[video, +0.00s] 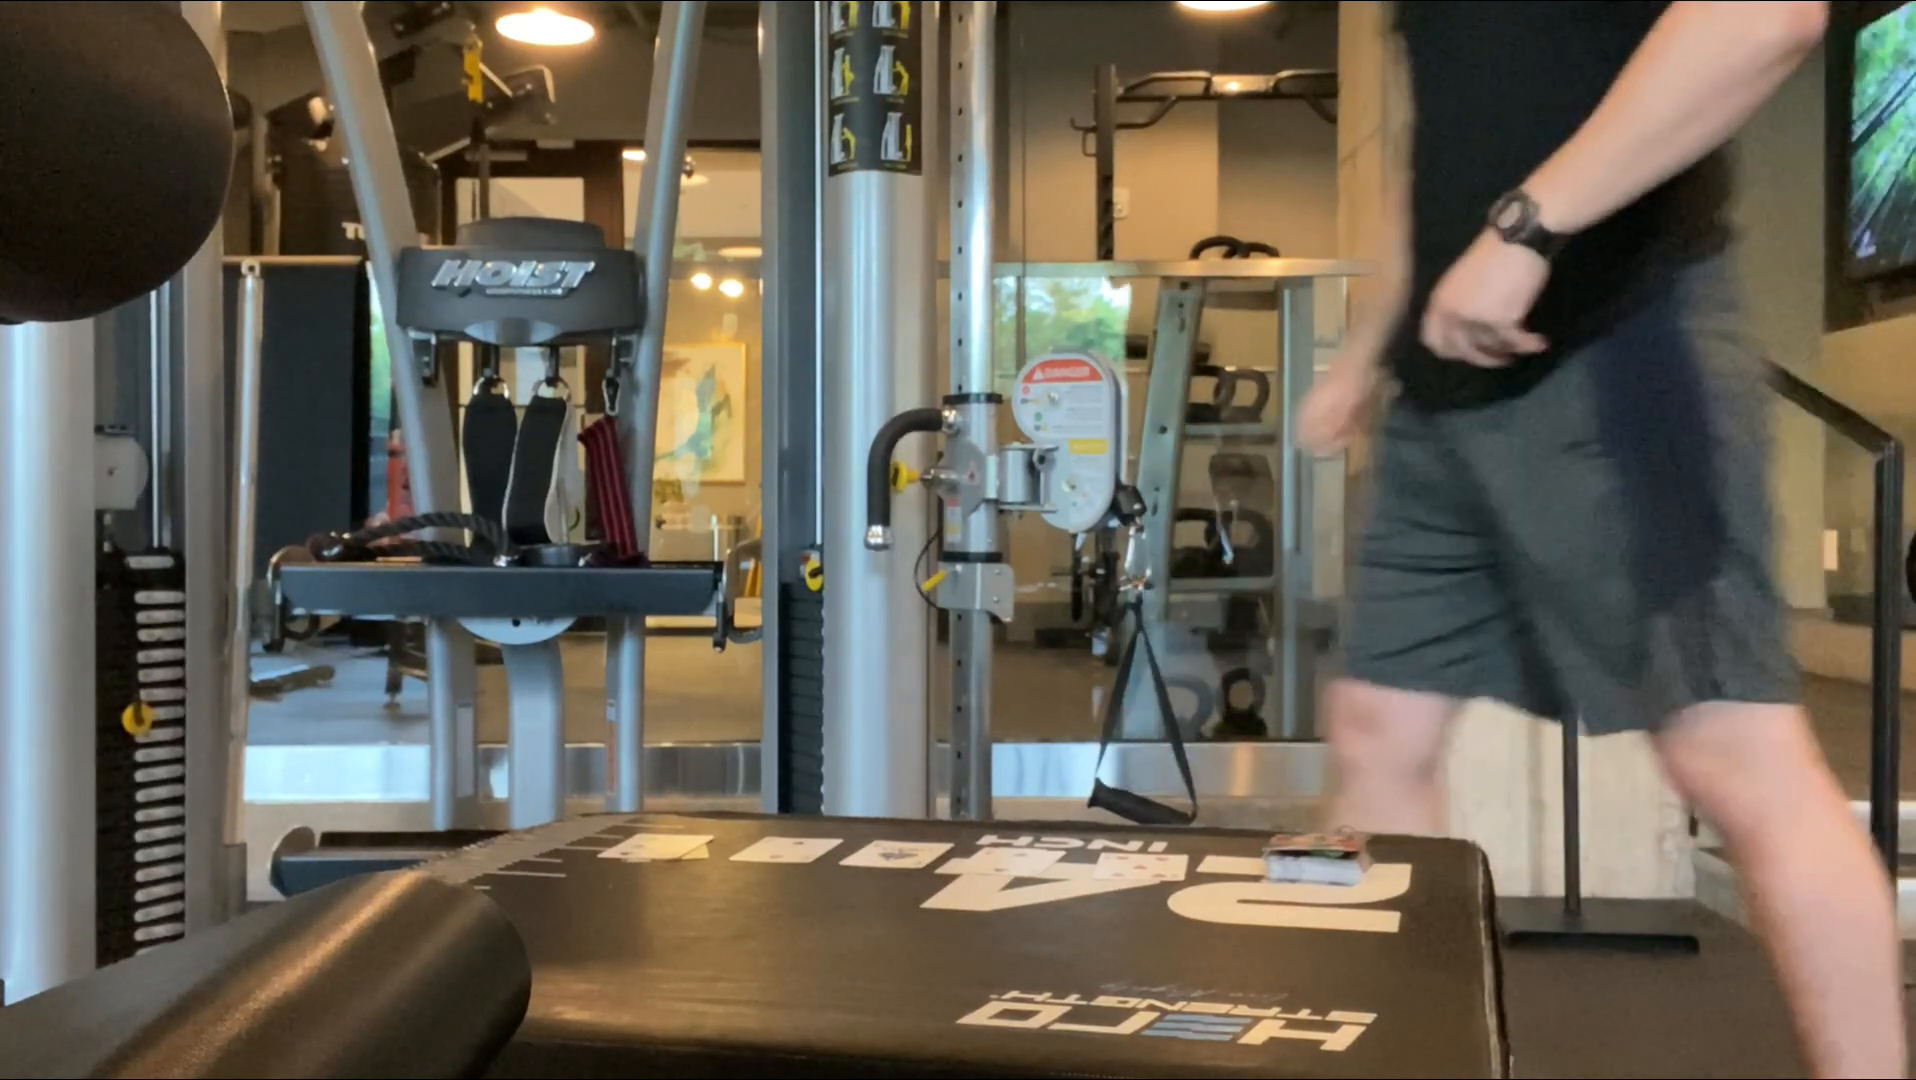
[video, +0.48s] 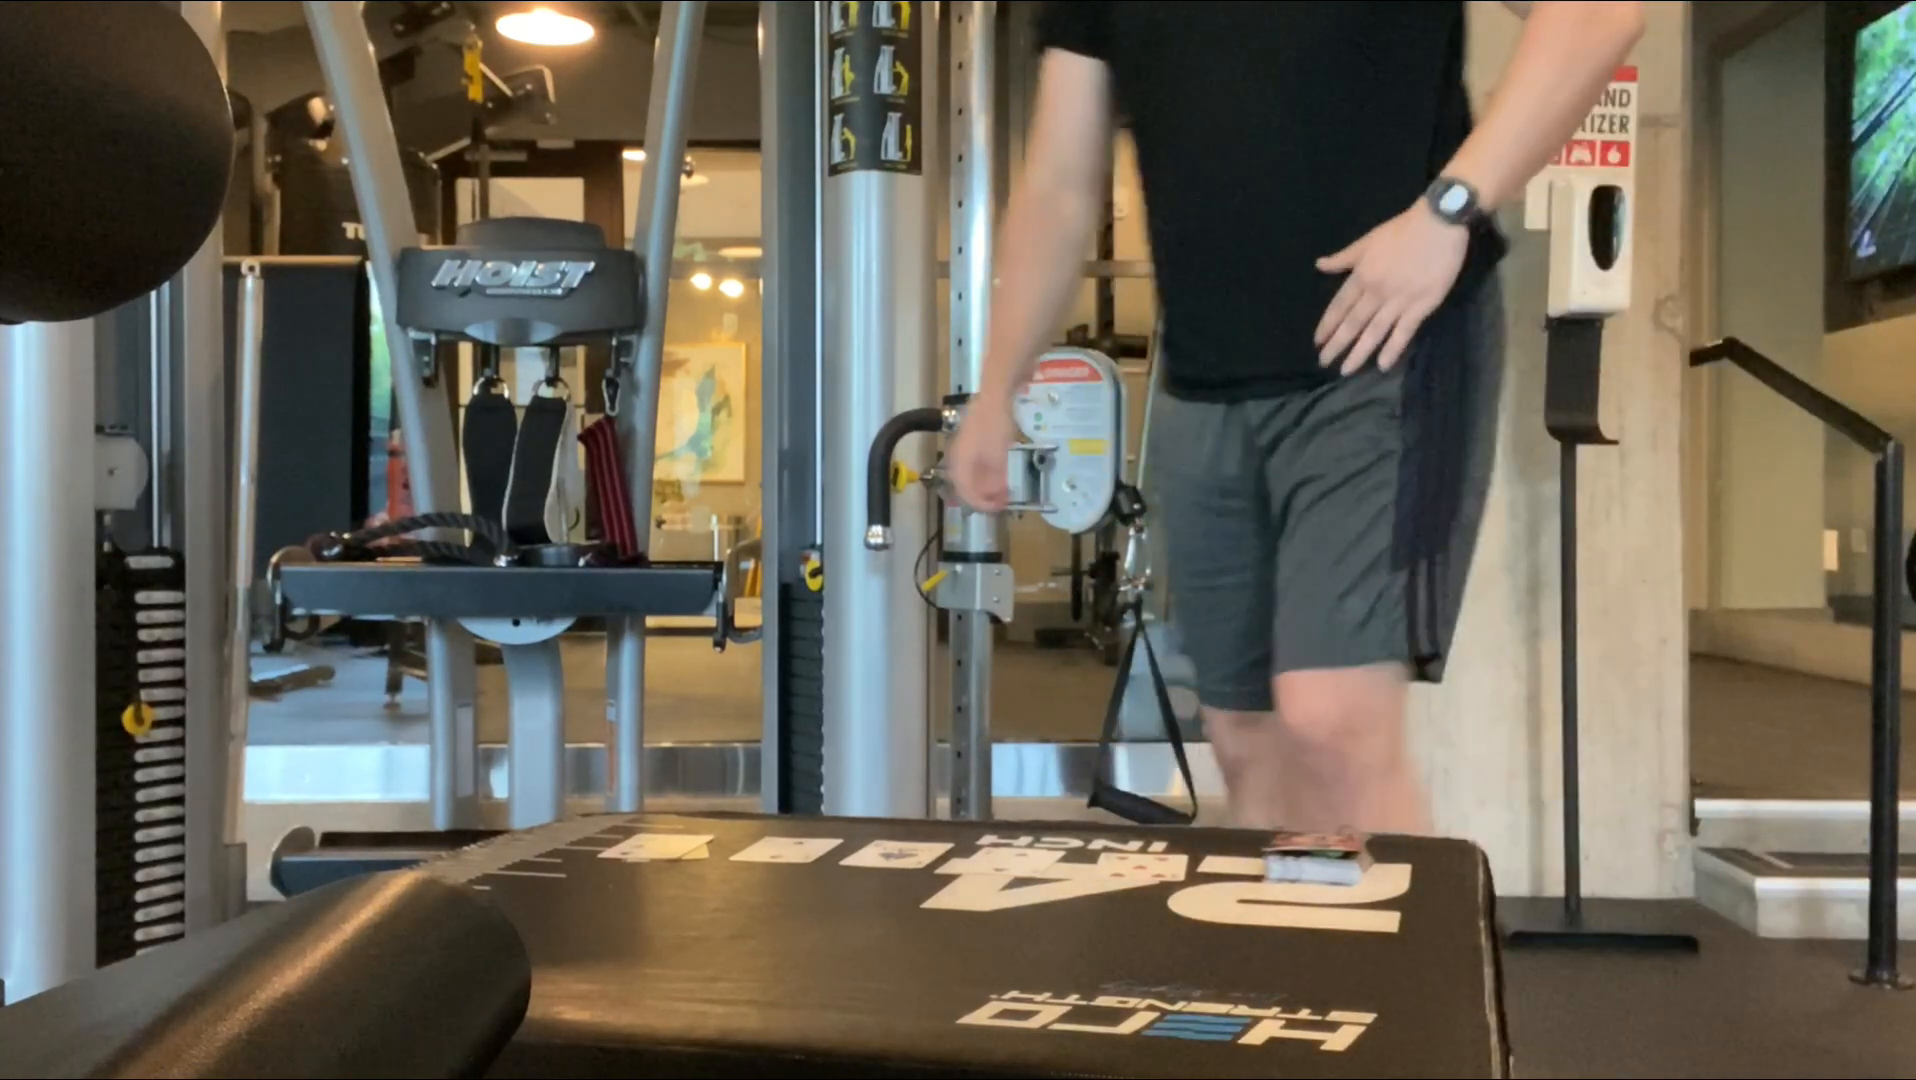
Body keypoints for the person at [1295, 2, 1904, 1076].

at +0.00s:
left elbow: (1769, 15)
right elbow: (1442, 115)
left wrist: (1527, 224)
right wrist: (1369, 339)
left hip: (1625, 332)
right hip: (1449, 357)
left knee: (1744, 760)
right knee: (1377, 733)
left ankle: (1865, 1068)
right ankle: (1393, 1070)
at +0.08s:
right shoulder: (1339, 22)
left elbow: (1733, 15)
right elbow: (1340, 162)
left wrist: (1508, 228)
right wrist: (1291, 375)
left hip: (1557, 346)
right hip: (1374, 370)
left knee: (1665, 749)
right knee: (1329, 728)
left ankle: (1834, 1063)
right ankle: (1343, 1060)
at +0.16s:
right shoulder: (1278, 15)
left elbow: (1689, 16)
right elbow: (1262, 173)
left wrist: (1493, 222)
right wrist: (1217, 376)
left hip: (1494, 340)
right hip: (1329, 367)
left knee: (1556, 734)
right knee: (1304, 725)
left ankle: (1785, 1060)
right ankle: (1324, 1052)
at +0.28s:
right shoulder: (1199, 12)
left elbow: (1661, 11)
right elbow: (1190, 174)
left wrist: (1474, 211)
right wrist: (1148, 382)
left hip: (1464, 312)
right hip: (1296, 334)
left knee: (1463, 723)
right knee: (1291, 731)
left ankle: (1707, 1052)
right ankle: (1327, 1054)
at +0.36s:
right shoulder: (1147, 11)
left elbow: (1636, 7)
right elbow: (1128, 186)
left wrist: (1465, 204)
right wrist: (1080, 379)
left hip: (1426, 315)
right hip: (1256, 347)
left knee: (1397, 706)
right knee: (1280, 732)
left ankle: (1582, 1038)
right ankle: (1333, 1042)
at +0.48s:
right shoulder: (1091, 11)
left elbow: (1598, 10)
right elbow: (1059, 181)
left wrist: (1451, 207)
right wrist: (995, 389)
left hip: (1377, 357)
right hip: (1201, 382)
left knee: (1332, 720)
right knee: (1247, 739)